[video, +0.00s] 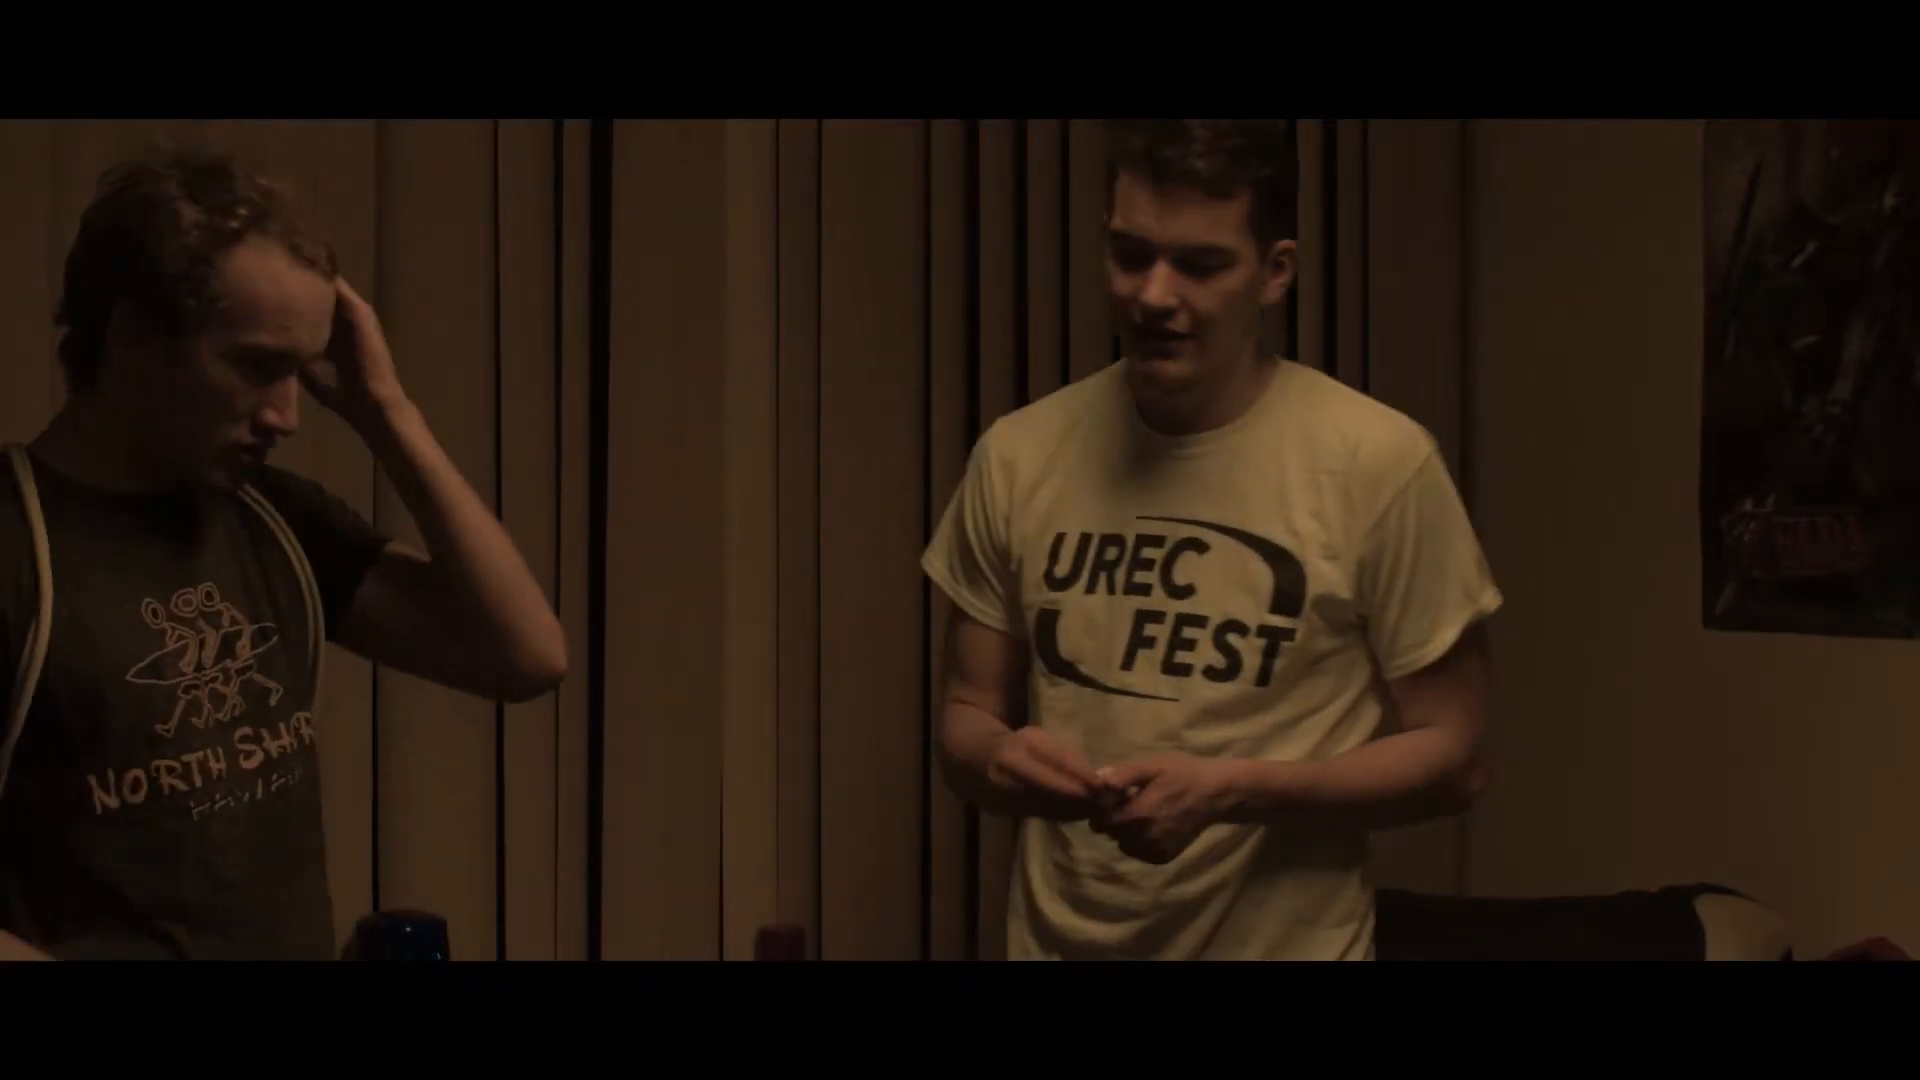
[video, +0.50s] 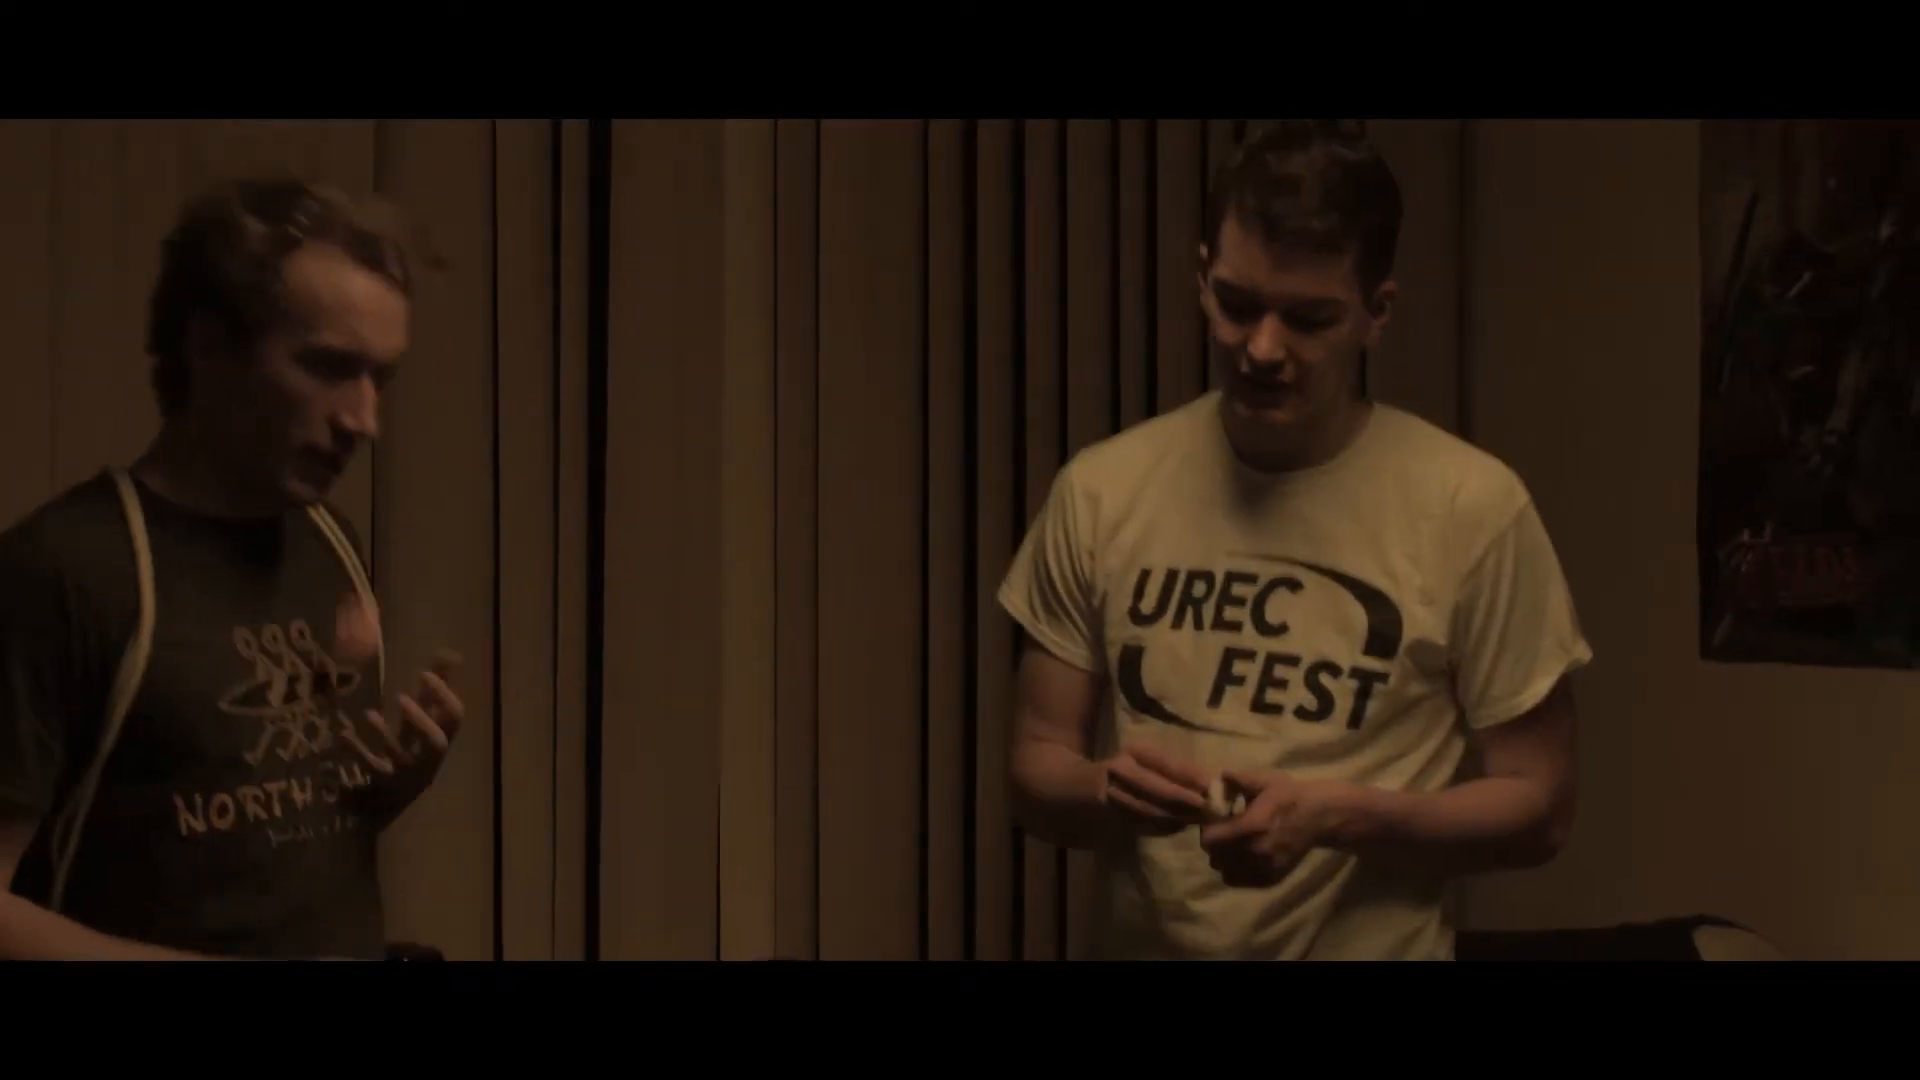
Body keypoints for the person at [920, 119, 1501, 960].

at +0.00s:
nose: (1153, 297)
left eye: (1199, 264)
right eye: (1131, 257)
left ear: (1275, 273)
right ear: (1106, 253)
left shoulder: (1379, 467)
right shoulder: (1019, 458)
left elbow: (1450, 751)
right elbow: (967, 703)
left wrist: (1232, 787)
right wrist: (1000, 760)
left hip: (1283, 946)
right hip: (1056, 945)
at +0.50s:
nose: (1264, 349)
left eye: (1310, 318)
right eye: (1239, 306)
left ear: (1378, 311)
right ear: (1204, 280)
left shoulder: (1473, 512)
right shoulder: (1103, 492)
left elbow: (1539, 807)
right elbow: (1037, 762)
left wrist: (1338, 811)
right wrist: (1109, 794)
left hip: (1371, 950)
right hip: (1148, 947)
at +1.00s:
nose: (1274, 355)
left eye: (1321, 324)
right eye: (1248, 311)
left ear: (1390, 308)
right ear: (1216, 273)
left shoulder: (1489, 504)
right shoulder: (1120, 484)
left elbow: (1560, 796)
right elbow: (1052, 759)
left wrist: (1351, 777)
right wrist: (1108, 753)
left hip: (1379, 949)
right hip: (1146, 945)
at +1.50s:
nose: (1212, 320)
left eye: (1256, 287)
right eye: (1188, 279)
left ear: (1332, 280)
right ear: (1162, 253)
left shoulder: (1434, 477)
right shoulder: (1075, 464)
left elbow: (1505, 769)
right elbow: (1016, 763)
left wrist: (1283, 749)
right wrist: (1060, 727)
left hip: (1311, 945)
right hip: (1088, 941)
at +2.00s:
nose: (1291, 320)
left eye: (1334, 288)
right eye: (1268, 280)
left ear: (1416, 274)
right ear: (1246, 261)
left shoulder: (1527, 463)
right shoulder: (1178, 453)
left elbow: (1605, 758)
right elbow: (1133, 755)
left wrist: (1377, 735)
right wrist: (1152, 709)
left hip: (1418, 943)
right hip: (1194, 941)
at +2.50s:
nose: (1292, 334)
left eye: (1334, 300)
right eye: (1269, 296)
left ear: (1416, 280)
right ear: (1246, 277)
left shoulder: (1530, 469)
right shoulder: (1183, 459)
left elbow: (1606, 771)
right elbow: (1119, 740)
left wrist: (1360, 714)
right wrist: (1196, 718)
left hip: (1419, 943)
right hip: (1192, 939)